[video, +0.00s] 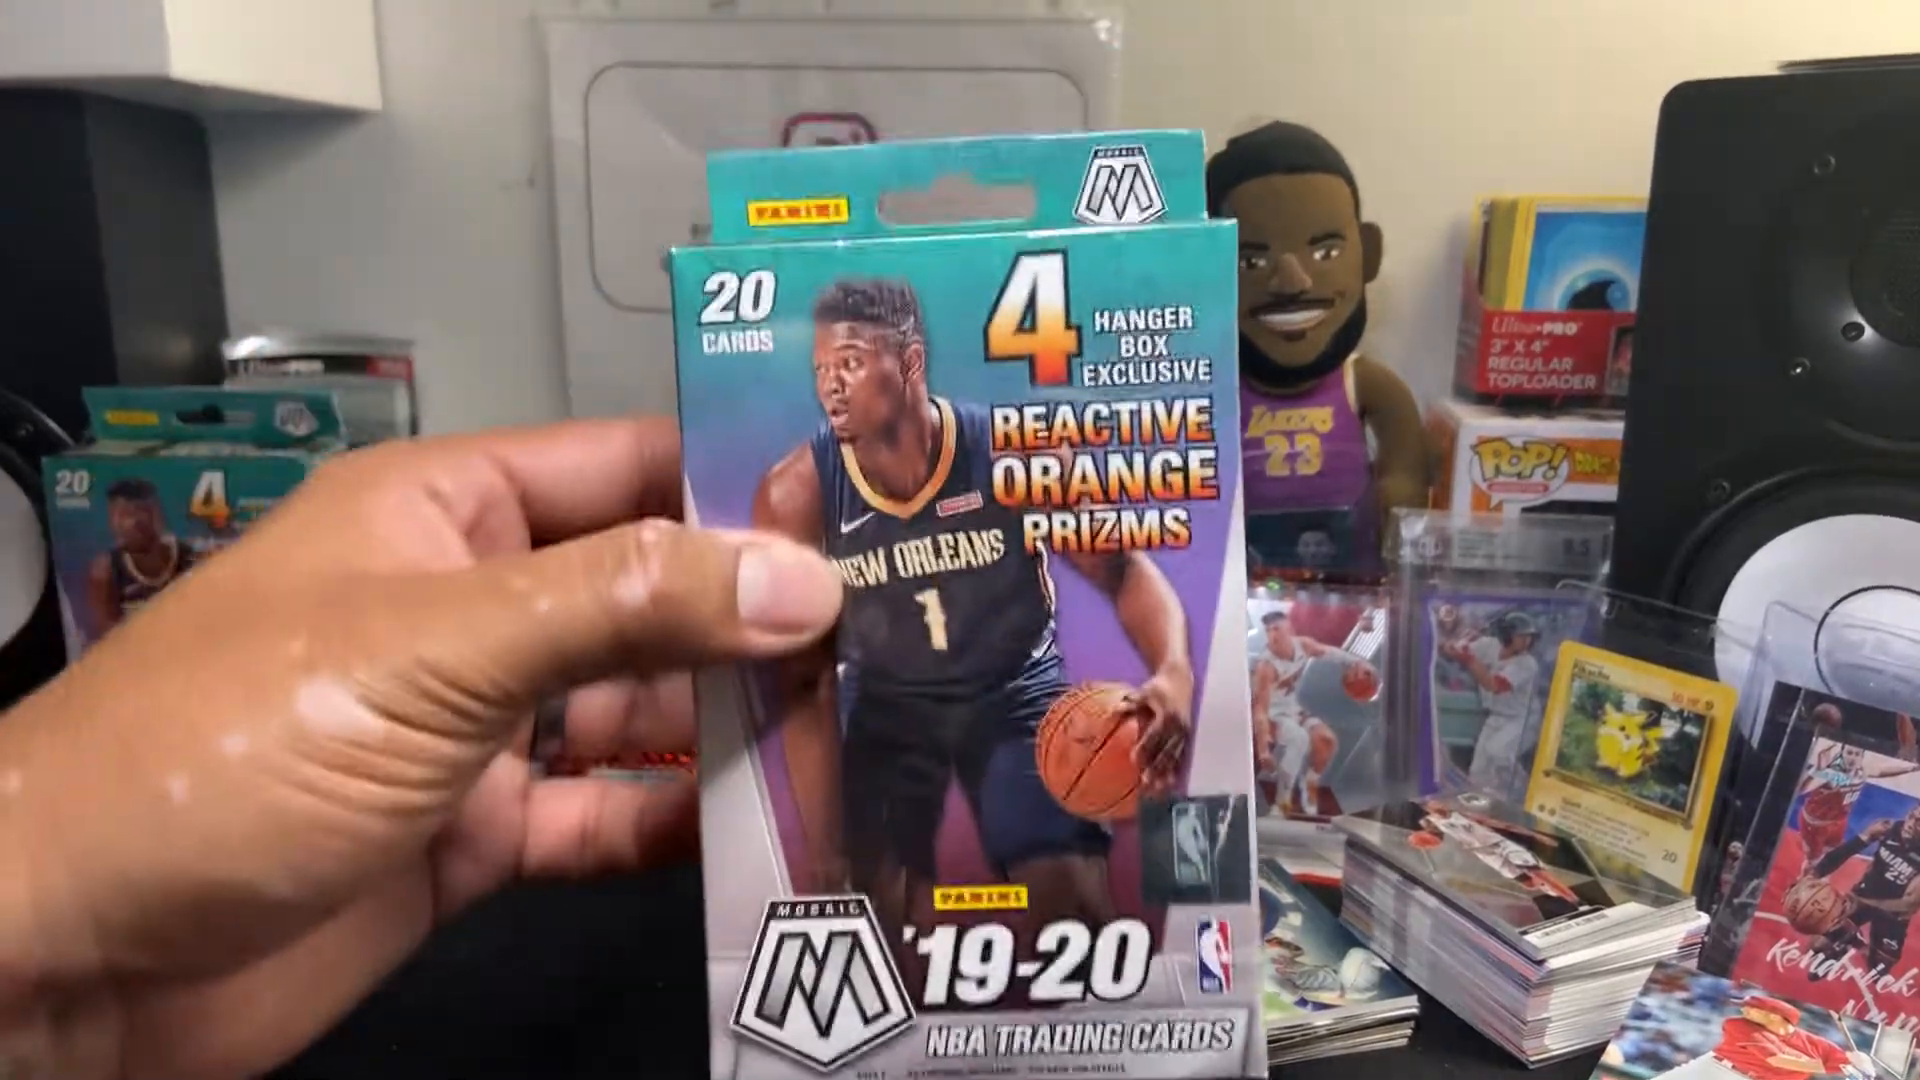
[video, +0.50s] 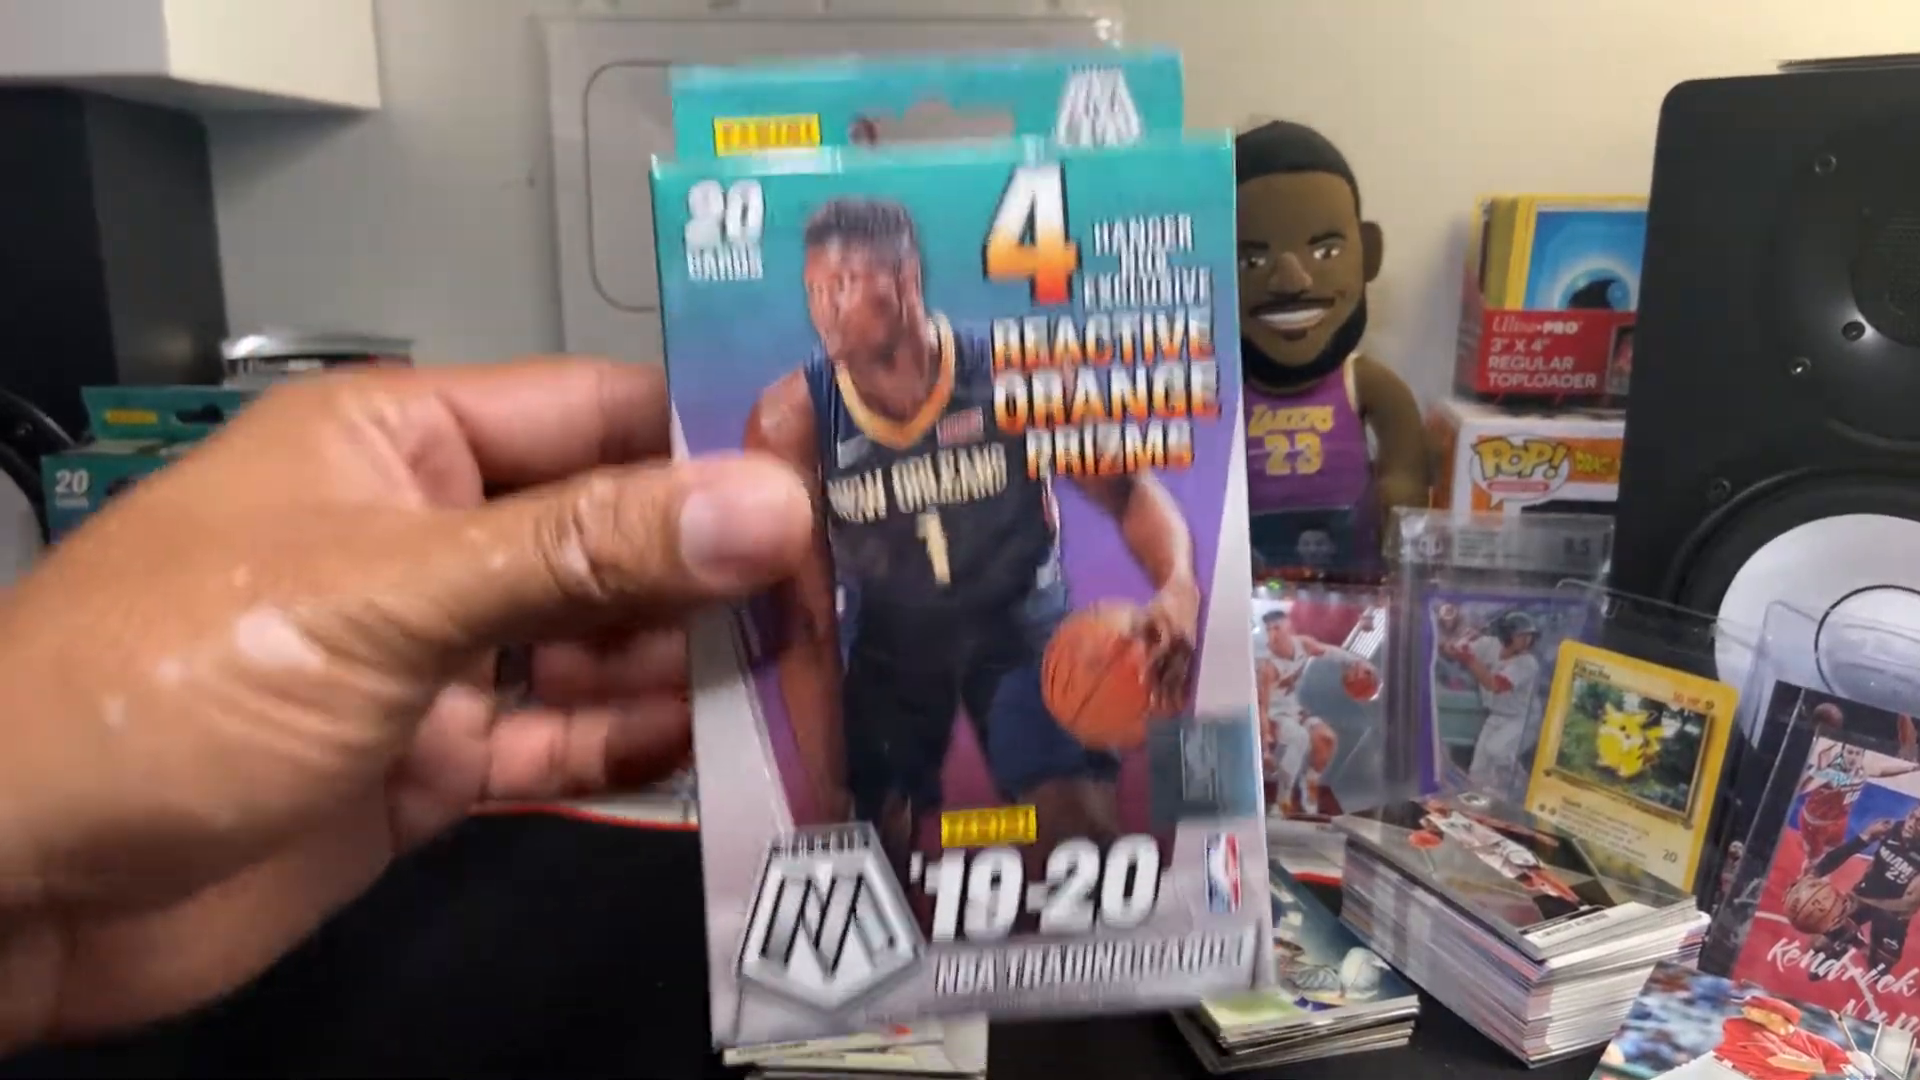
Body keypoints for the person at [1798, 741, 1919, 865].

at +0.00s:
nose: (1852, 758)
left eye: (1857, 754)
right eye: (1849, 753)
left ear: (1862, 757)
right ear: (1842, 753)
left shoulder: (1861, 772)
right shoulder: (1830, 772)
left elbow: (1882, 772)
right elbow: (1805, 789)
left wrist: (1912, 769)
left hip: (1838, 820)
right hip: (1813, 817)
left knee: (1832, 856)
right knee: (1812, 858)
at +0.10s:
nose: (1852, 757)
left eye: (1857, 754)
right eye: (1849, 752)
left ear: (1862, 756)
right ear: (1842, 752)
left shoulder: (1862, 772)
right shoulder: (1830, 769)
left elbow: (1883, 771)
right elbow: (1804, 788)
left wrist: (1913, 768)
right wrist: (1815, 770)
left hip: (1838, 820)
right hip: (1813, 815)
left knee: (1833, 856)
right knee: (1812, 856)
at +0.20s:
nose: (1852, 758)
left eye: (1857, 754)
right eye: (1849, 752)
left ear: (1862, 756)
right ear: (1842, 752)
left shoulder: (1862, 772)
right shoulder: (1830, 770)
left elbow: (1883, 772)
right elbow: (1804, 788)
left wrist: (1913, 768)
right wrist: (1815, 771)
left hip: (1838, 820)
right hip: (1813, 816)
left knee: (1833, 856)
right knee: (1812, 857)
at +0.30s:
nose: (1853, 758)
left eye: (1857, 754)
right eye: (1850, 753)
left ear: (1862, 756)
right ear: (1842, 752)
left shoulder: (1862, 772)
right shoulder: (1829, 767)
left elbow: (1884, 772)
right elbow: (1803, 788)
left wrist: (1913, 768)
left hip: (1838, 819)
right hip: (1812, 815)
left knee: (1834, 855)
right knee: (1812, 856)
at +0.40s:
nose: (1853, 757)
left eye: (1857, 754)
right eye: (1849, 752)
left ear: (1862, 756)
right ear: (1842, 752)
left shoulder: (1862, 772)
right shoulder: (1829, 768)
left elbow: (1883, 772)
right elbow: (1803, 788)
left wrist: (1913, 768)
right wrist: (1815, 772)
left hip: (1838, 820)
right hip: (1812, 816)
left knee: (1834, 855)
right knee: (1812, 855)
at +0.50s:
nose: (1853, 757)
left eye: (1857, 754)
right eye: (1849, 752)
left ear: (1862, 756)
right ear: (1842, 752)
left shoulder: (1861, 773)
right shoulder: (1829, 767)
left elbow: (1883, 772)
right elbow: (1803, 787)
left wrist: (1913, 768)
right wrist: (1815, 771)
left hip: (1837, 819)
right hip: (1812, 814)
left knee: (1832, 855)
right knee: (1811, 854)